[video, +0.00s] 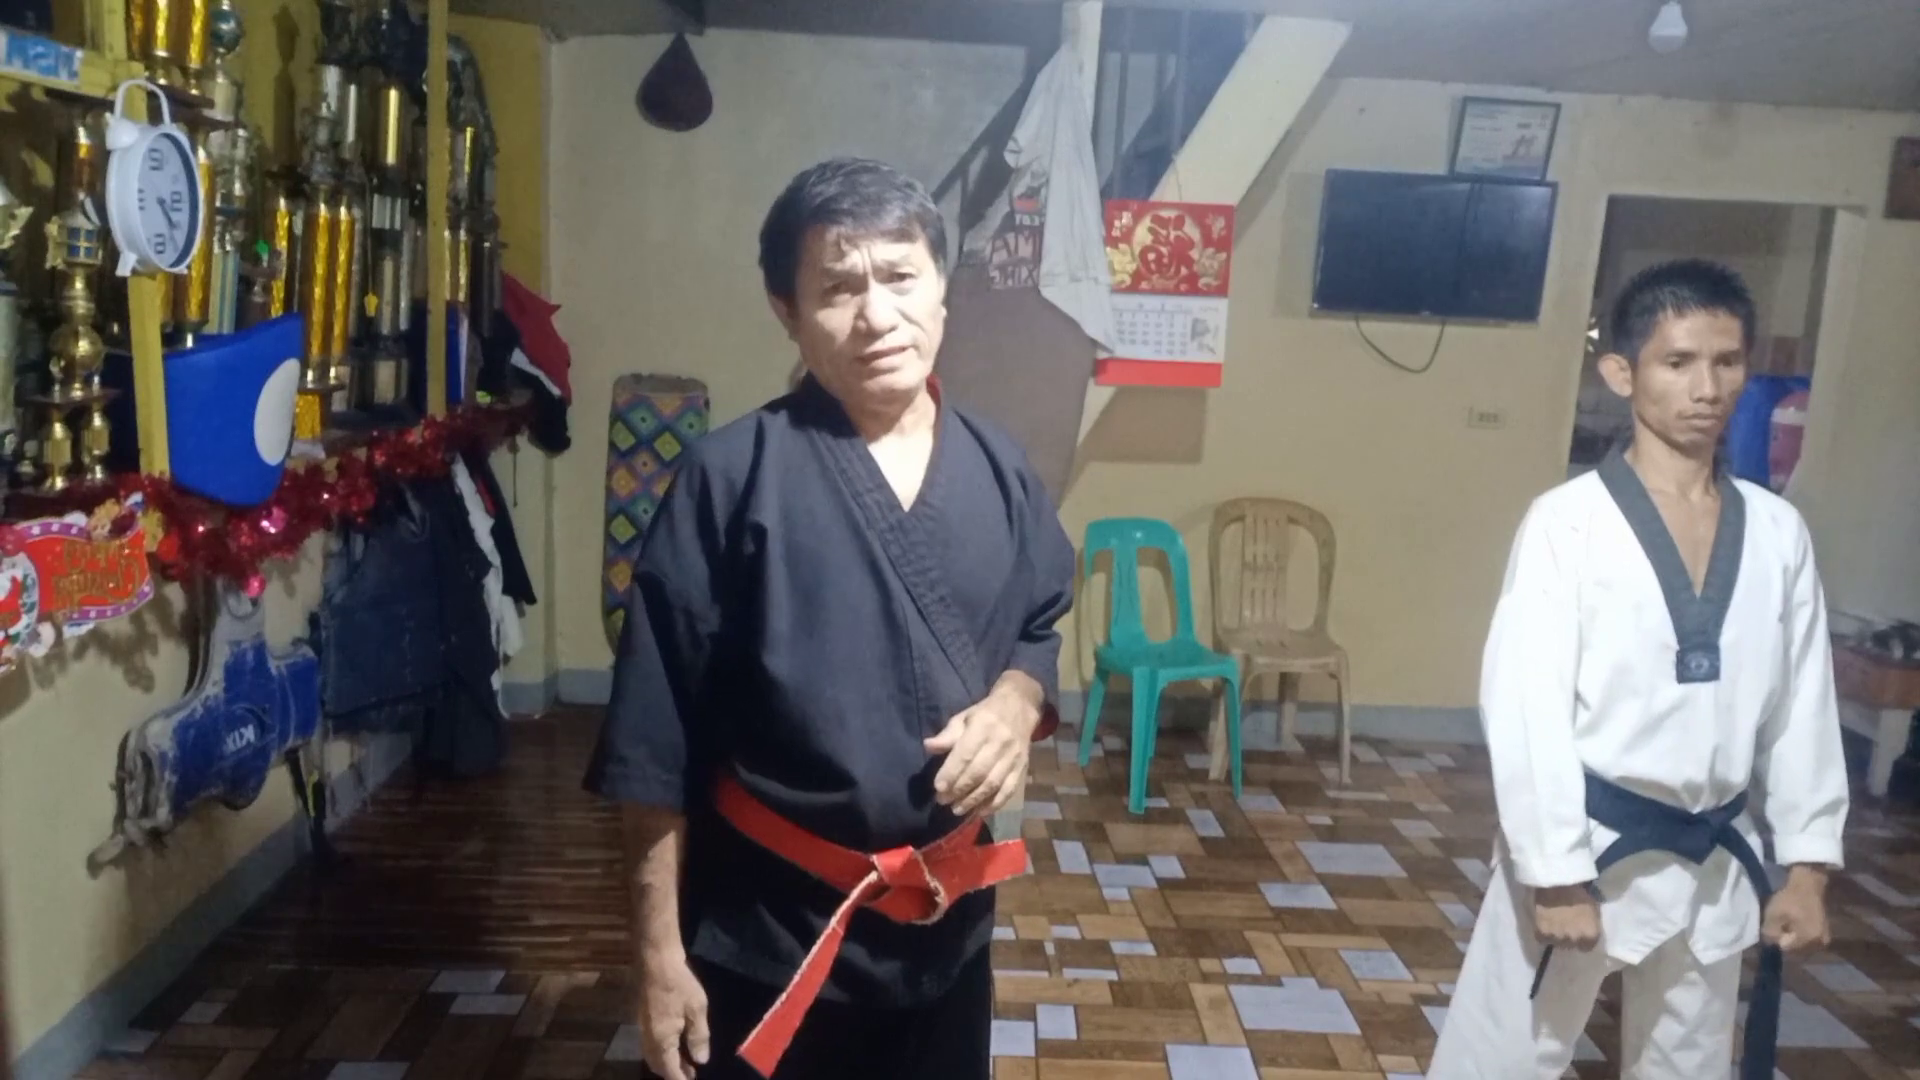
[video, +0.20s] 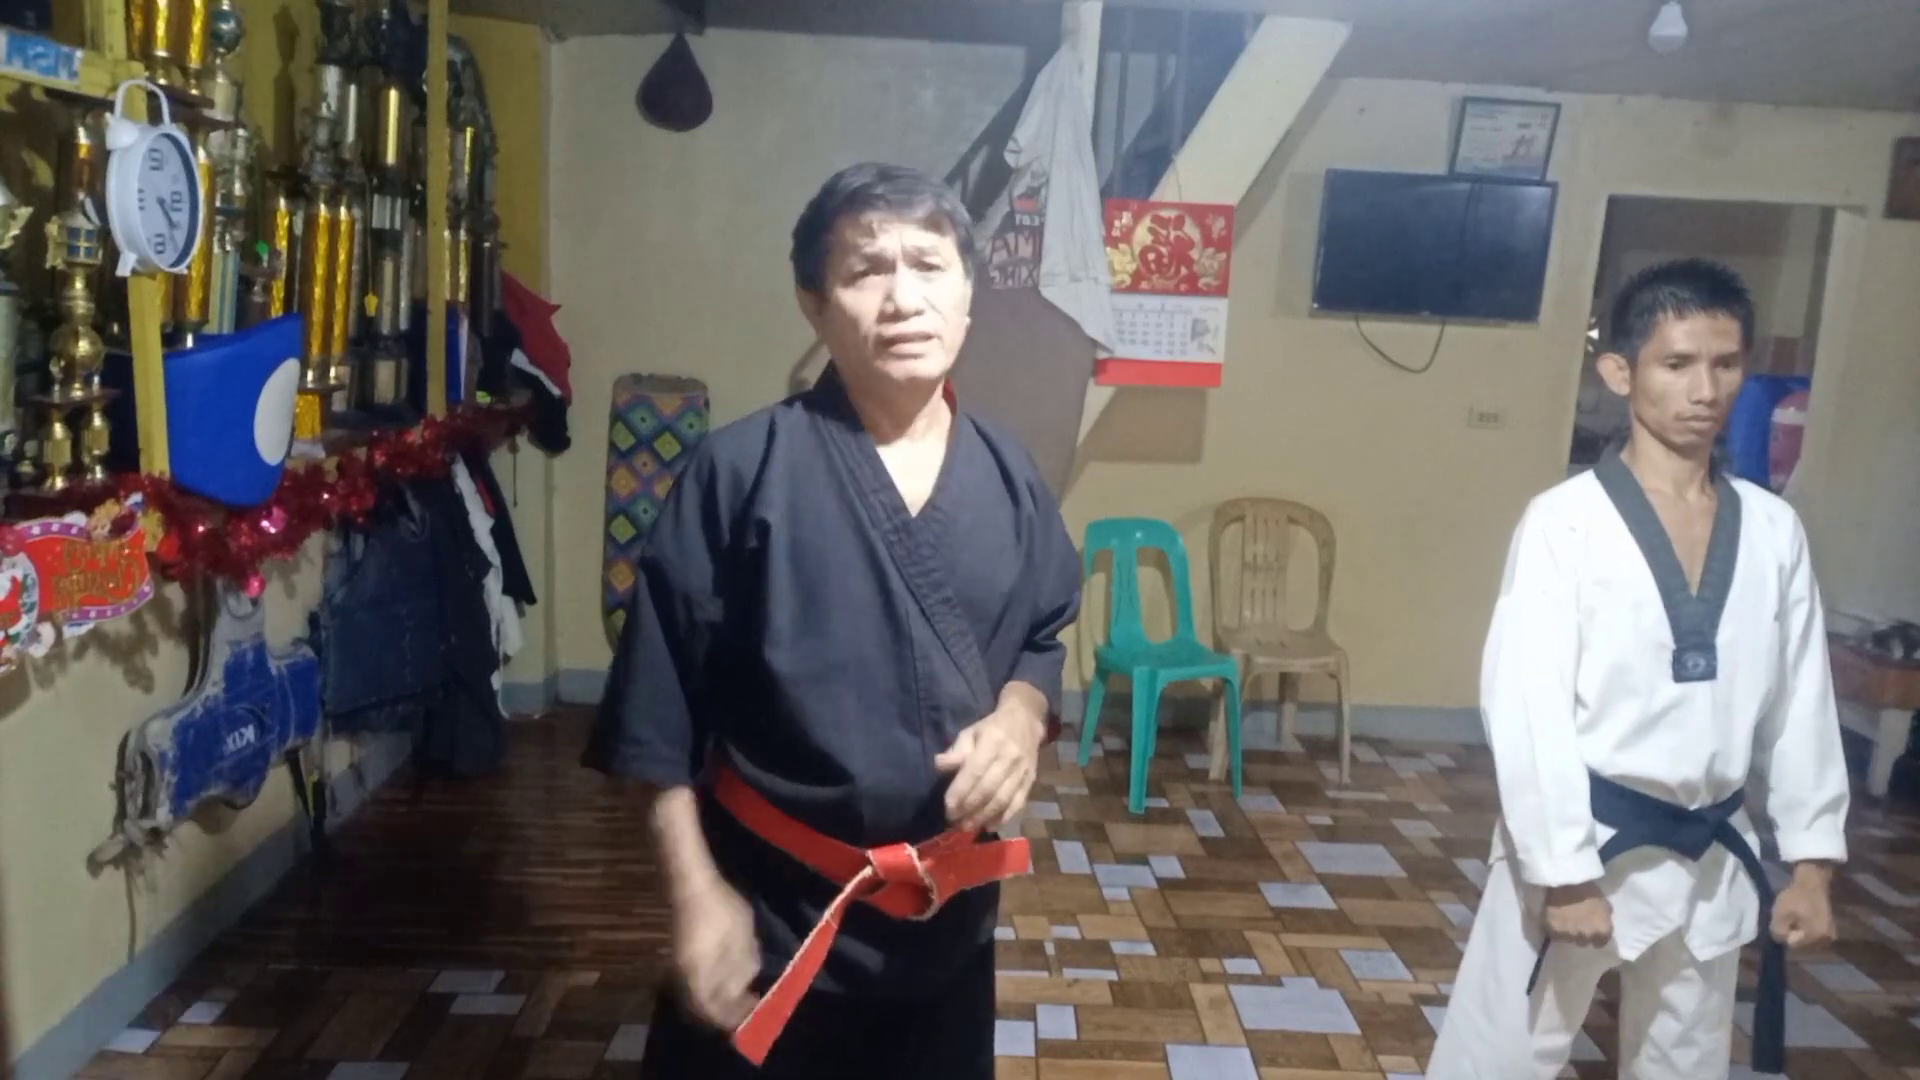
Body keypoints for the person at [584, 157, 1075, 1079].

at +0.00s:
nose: (877, 313)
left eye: (900, 278)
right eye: (840, 289)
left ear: (943, 289)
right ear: (788, 316)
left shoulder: (995, 465)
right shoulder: (726, 478)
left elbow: (1038, 624)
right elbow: (653, 726)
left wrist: (1014, 708)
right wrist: (659, 954)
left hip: (947, 923)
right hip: (772, 933)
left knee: (944, 1069)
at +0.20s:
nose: (905, 297)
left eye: (930, 266)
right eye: (867, 271)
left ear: (969, 292)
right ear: (817, 309)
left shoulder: (1008, 472)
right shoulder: (739, 472)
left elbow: (1042, 632)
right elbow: (653, 697)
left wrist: (1021, 721)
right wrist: (695, 889)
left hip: (948, 914)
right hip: (774, 917)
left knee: (946, 1070)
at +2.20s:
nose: (888, 324)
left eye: (914, 290)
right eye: (856, 296)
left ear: (957, 300)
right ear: (813, 315)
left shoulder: (1009, 467)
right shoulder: (740, 467)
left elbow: (1063, 687)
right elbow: (671, 693)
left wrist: (1011, 615)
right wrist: (773, 856)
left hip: (949, 893)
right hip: (771, 893)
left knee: (951, 1070)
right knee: (760, 1074)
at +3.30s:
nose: (924, 301)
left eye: (947, 269)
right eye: (887, 281)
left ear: (991, 294)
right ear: (845, 323)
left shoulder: (1017, 467)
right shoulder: (782, 450)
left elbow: (1064, 634)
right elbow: (683, 648)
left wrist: (1036, 654)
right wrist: (803, 778)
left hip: (966, 895)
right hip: (803, 892)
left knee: (964, 1068)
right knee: (785, 1071)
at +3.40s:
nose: (947, 304)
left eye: (970, 274)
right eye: (910, 285)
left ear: (1013, 300)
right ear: (869, 323)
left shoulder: (1024, 469)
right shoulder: (803, 440)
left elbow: (1071, 628)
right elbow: (679, 617)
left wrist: (1043, 655)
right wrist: (803, 711)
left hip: (965, 875)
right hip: (814, 873)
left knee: (959, 1065)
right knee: (795, 1066)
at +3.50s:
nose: (972, 313)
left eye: (996, 282)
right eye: (937, 287)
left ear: (1032, 304)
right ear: (890, 314)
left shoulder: (1027, 469)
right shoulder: (818, 431)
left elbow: (1069, 635)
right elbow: (671, 593)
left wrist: (1045, 652)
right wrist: (798, 618)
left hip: (958, 852)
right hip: (815, 844)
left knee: (944, 1063)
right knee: (789, 1063)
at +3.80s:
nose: (905, 303)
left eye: (930, 272)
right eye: (869, 279)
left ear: (969, 293)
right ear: (825, 309)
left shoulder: (973, 456)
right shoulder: (770, 449)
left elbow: (1019, 630)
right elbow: (631, 641)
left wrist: (992, 651)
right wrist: (807, 679)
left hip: (916, 862)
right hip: (775, 859)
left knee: (897, 1063)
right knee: (752, 1065)